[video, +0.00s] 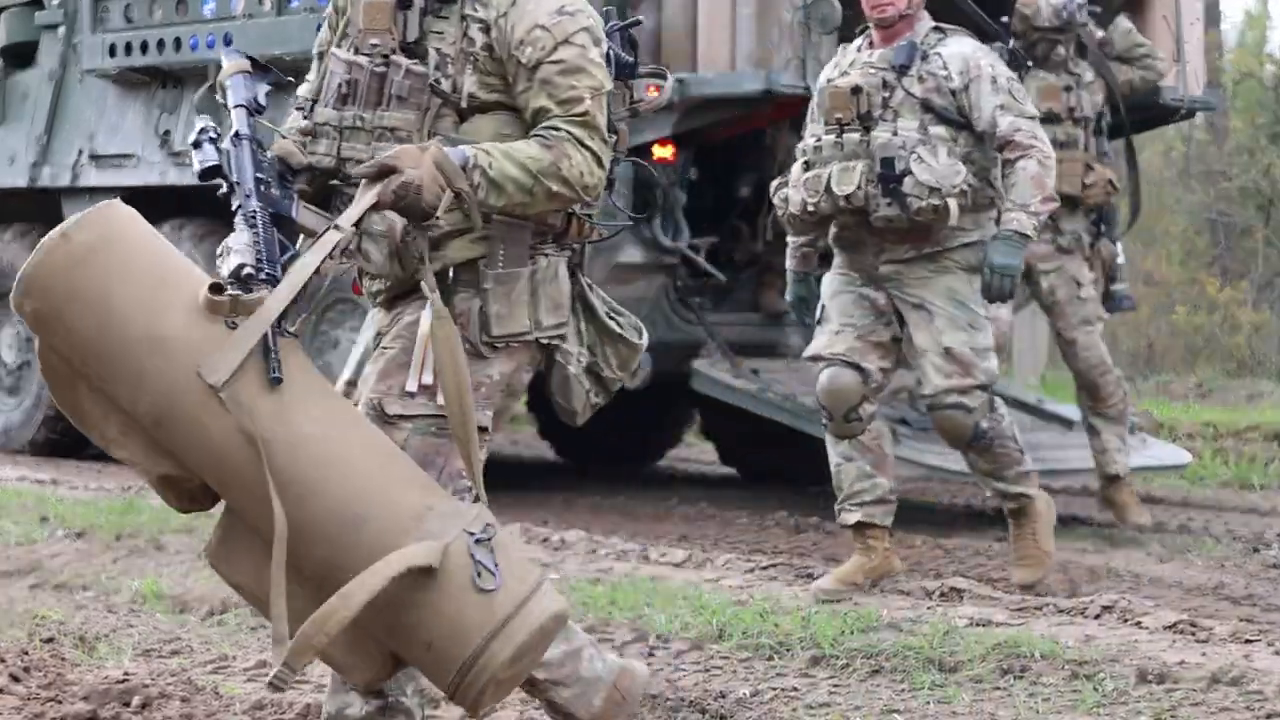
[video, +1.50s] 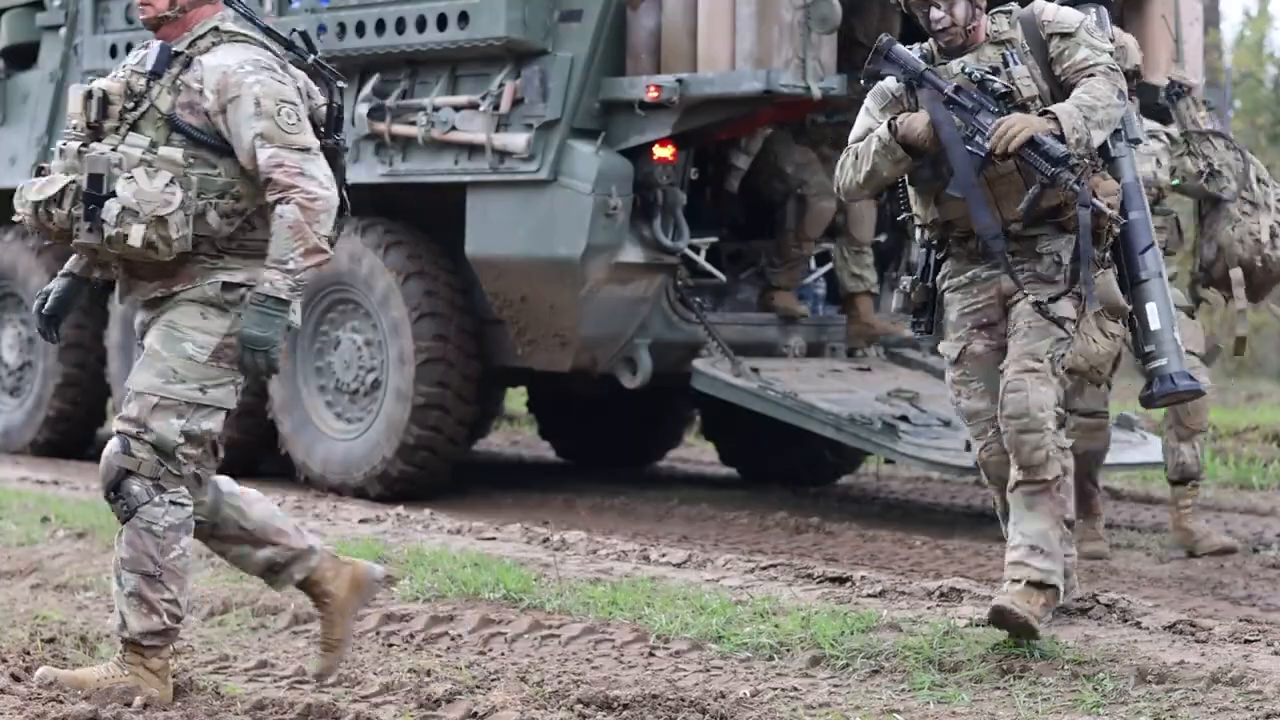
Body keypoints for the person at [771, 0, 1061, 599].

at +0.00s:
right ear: (858, 2)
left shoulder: (961, 57)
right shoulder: (838, 69)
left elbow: (1028, 146)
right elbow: (810, 176)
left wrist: (1014, 235)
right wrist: (802, 269)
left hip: (942, 260)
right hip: (857, 262)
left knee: (957, 408)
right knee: (841, 389)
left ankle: (1027, 506)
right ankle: (872, 546)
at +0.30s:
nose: (784, 1)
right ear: (778, 5)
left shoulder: (880, 53)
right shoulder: (763, 54)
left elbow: (941, 156)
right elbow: (722, 148)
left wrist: (913, 250)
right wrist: (682, 224)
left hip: (837, 257)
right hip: (766, 257)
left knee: (781, 400)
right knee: (791, 406)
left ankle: (755, 568)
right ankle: (872, 549)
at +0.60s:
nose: (642, 5)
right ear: (653, 8)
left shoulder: (754, 66)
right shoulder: (655, 64)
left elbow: (796, 180)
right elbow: (640, 170)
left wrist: (764, 277)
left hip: (723, 278)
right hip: (652, 275)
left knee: (712, 437)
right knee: (611, 411)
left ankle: (730, 604)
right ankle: (724, 505)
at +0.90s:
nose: (490, 20)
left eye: (501, 8)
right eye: (488, 10)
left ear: (544, 9)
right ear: (517, 17)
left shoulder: (601, 77)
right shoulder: (506, 87)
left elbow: (648, 175)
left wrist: (589, 256)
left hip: (603, 309)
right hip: (515, 311)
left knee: (640, 463)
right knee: (469, 465)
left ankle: (724, 603)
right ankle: (464, 642)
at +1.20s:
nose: (323, 19)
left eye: (337, 7)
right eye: (322, 9)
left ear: (383, 14)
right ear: (344, 19)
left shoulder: (437, 85)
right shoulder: (336, 100)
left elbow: (514, 186)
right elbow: (302, 213)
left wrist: (490, 294)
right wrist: (256, 306)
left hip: (426, 308)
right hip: (366, 307)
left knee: (307, 432)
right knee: (377, 491)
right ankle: (453, 651)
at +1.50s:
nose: (137, 1)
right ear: (164, 5)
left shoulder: (242, 70)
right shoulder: (153, 66)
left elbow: (307, 189)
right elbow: (128, 193)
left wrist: (275, 300)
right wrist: (76, 274)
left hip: (218, 297)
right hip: (168, 297)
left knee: (144, 468)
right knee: (164, 473)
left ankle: (147, 664)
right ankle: (328, 577)